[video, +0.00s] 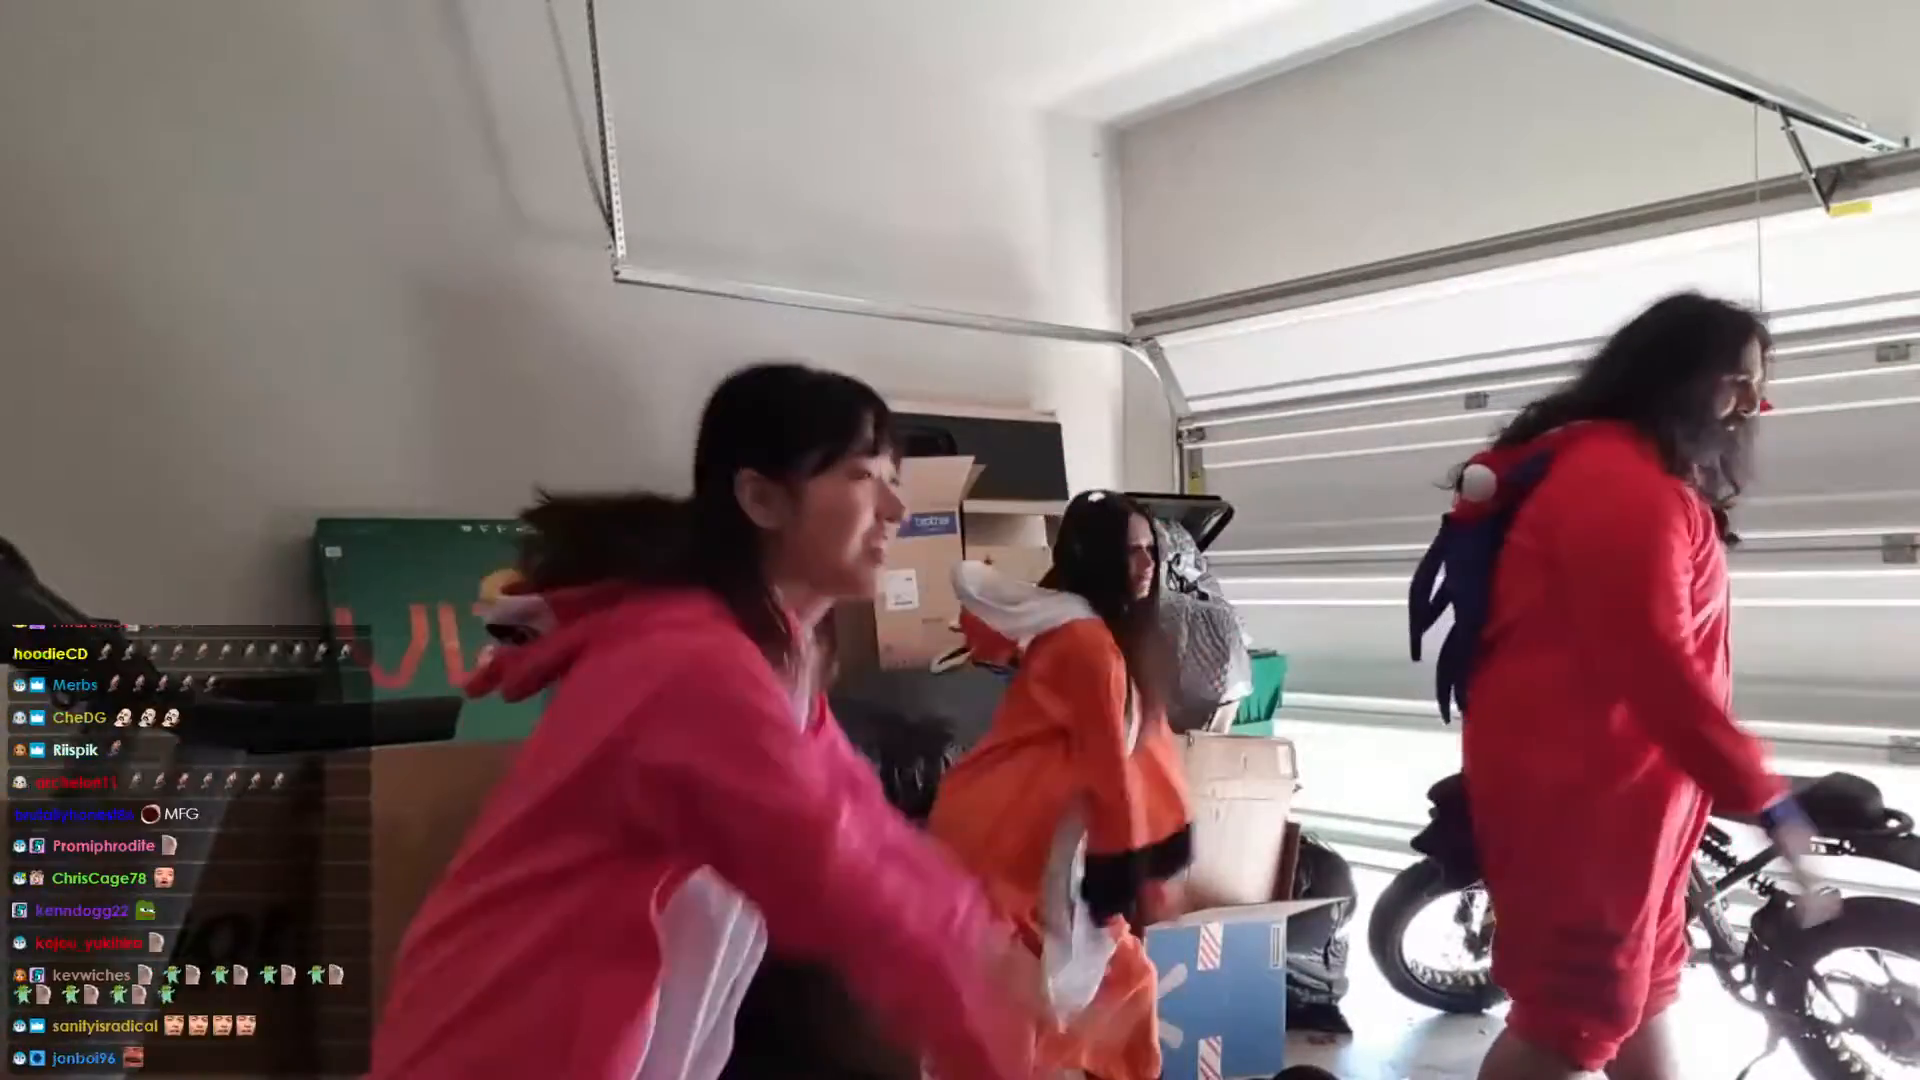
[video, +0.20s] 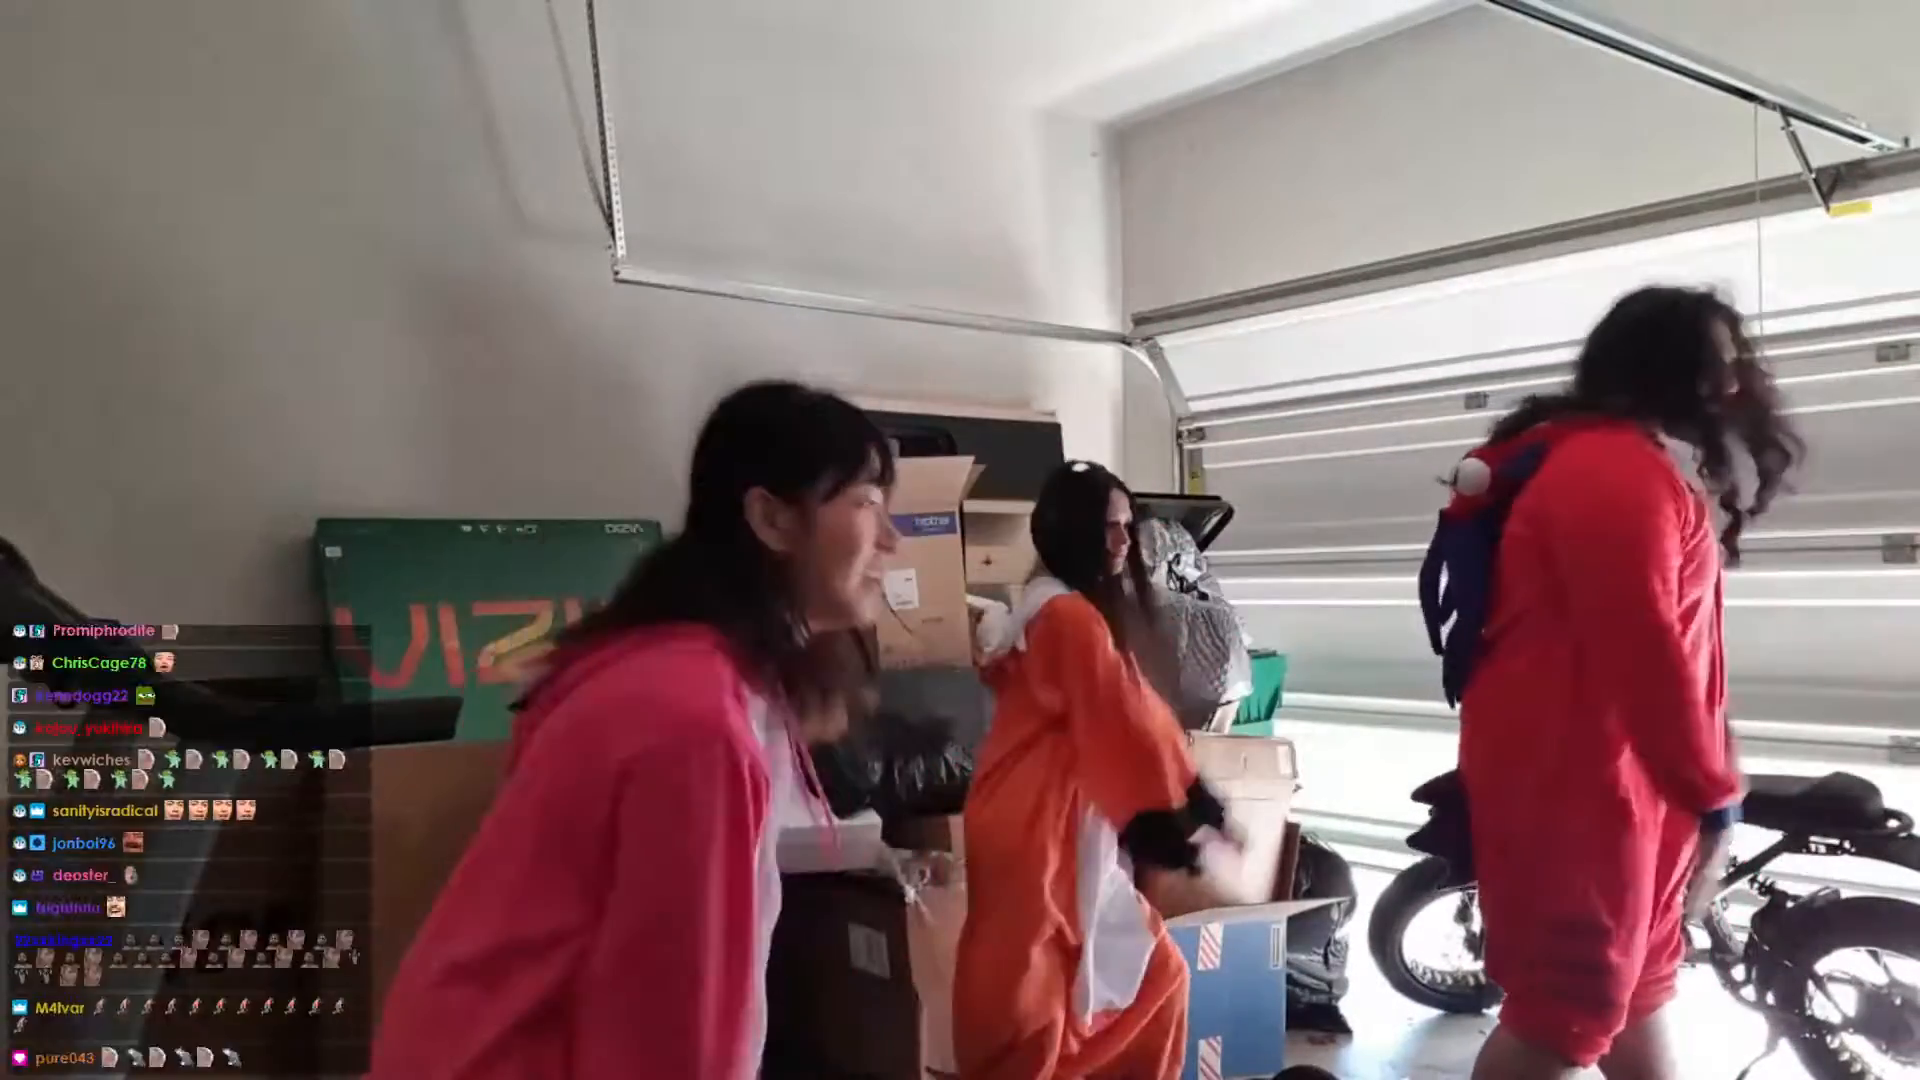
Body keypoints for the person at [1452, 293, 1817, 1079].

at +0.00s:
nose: (1756, 407)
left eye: (1760, 388)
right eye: (1739, 384)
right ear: (1682, 379)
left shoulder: (1657, 476)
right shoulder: (1620, 484)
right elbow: (1655, 665)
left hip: (1626, 784)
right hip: (1575, 791)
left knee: (1643, 998)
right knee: (1571, 1019)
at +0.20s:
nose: (1734, 384)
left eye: (1735, 362)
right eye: (1717, 364)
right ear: (1668, 369)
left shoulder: (1669, 471)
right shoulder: (1614, 471)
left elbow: (1688, 645)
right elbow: (1641, 648)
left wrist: (1713, 782)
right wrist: (1714, 793)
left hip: (1633, 768)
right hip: (1569, 773)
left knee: (1638, 1000)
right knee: (1561, 1014)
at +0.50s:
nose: (1626, 392)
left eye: (1638, 373)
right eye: (1596, 375)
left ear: (1657, 381)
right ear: (1549, 393)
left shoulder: (1631, 476)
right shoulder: (1555, 485)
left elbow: (1698, 441)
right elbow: (1744, 442)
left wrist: (1733, 324)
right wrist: (1833, 281)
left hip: (1674, 788)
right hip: (1591, 806)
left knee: (1715, 991)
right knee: (1607, 1029)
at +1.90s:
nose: (1733, 387)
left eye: (1729, 367)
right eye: (1718, 367)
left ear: (1621, 370)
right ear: (1673, 378)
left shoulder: (1649, 472)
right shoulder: (1600, 475)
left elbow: (1661, 651)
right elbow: (1615, 660)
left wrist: (1683, 794)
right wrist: (1677, 806)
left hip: (1619, 782)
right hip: (1562, 788)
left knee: (1641, 995)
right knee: (1563, 1019)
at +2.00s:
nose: (1675, 380)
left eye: (1673, 359)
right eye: (1661, 361)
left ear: (1562, 365)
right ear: (1622, 370)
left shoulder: (1591, 462)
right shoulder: (1572, 470)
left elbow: (1676, 603)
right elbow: (1690, 611)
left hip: (1633, 796)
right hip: (1569, 808)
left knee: (1646, 995)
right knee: (1561, 1020)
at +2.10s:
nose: (1646, 381)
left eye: (1646, 360)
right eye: (1630, 361)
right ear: (1579, 366)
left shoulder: (1584, 463)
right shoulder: (1539, 467)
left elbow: (1694, 486)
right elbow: (1731, 508)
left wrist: (1813, 461)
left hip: (1652, 789)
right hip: (1577, 805)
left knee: (1660, 990)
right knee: (1563, 1022)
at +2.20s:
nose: (1656, 392)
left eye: (1656, 375)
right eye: (1638, 375)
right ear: (1580, 380)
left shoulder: (1603, 463)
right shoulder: (1540, 471)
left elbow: (1674, 427)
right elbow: (1746, 438)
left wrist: (1739, 327)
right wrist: (1869, 304)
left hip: (1663, 774)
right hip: (1584, 790)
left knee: (1696, 982)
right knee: (1591, 1020)